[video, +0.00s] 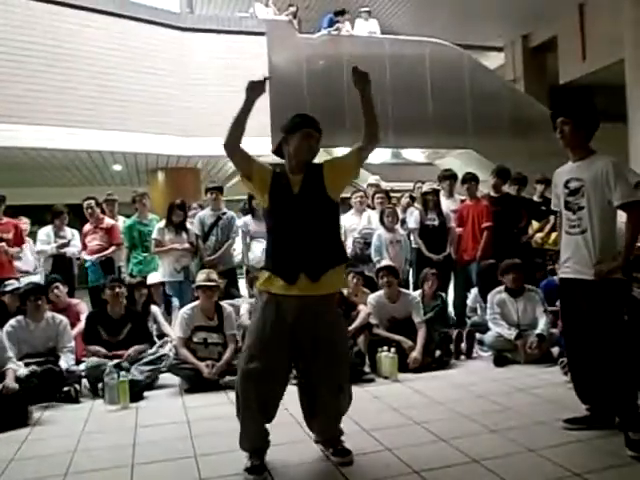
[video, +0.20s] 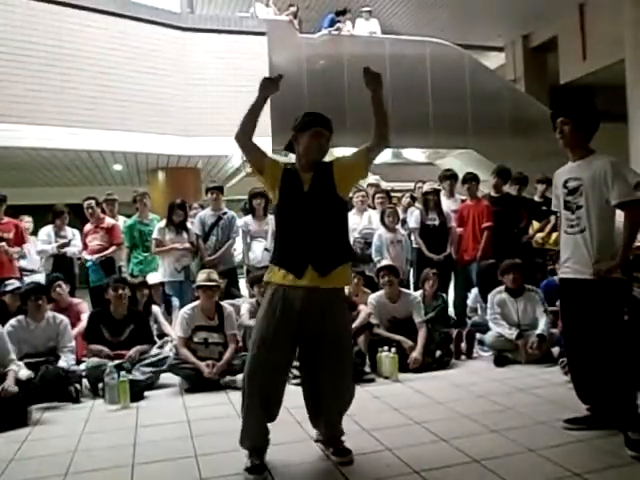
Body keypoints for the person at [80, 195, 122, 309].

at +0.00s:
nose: (90, 211)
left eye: (92, 207)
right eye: (87, 209)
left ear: (98, 208)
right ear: (85, 211)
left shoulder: (110, 224)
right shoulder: (86, 228)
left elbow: (117, 244)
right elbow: (84, 247)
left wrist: (99, 256)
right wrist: (84, 255)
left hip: (105, 260)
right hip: (90, 262)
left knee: (110, 291)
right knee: (94, 292)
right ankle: (97, 319)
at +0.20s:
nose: (90, 211)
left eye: (92, 207)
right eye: (87, 209)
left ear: (98, 208)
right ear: (85, 211)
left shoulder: (111, 224)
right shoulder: (87, 228)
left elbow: (118, 244)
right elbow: (85, 246)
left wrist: (100, 256)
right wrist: (84, 254)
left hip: (106, 260)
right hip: (91, 262)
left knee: (109, 292)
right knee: (94, 293)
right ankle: (98, 320)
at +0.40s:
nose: (89, 212)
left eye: (92, 208)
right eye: (86, 209)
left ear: (99, 208)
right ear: (84, 211)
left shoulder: (111, 224)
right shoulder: (87, 228)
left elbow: (118, 244)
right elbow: (85, 247)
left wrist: (101, 256)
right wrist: (88, 255)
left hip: (106, 261)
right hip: (91, 263)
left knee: (109, 296)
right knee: (95, 300)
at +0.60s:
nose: (90, 213)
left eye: (92, 210)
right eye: (87, 210)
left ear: (99, 208)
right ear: (85, 211)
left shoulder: (112, 224)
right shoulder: (87, 227)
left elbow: (118, 244)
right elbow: (84, 243)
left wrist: (102, 256)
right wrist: (89, 253)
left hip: (107, 260)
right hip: (92, 260)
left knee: (108, 292)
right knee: (94, 293)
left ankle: (109, 319)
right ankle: (98, 319)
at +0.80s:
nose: (90, 213)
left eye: (93, 209)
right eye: (88, 210)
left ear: (100, 208)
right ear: (86, 211)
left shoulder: (112, 224)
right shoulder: (87, 228)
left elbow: (119, 244)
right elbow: (84, 248)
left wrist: (102, 256)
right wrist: (92, 255)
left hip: (107, 259)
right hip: (93, 261)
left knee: (109, 291)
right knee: (95, 292)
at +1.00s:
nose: (91, 213)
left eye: (93, 210)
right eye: (88, 211)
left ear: (100, 208)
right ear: (86, 211)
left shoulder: (112, 224)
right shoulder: (87, 223)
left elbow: (119, 244)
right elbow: (84, 243)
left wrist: (101, 255)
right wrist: (90, 254)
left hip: (107, 258)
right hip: (92, 258)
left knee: (109, 289)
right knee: (94, 290)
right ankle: (97, 316)